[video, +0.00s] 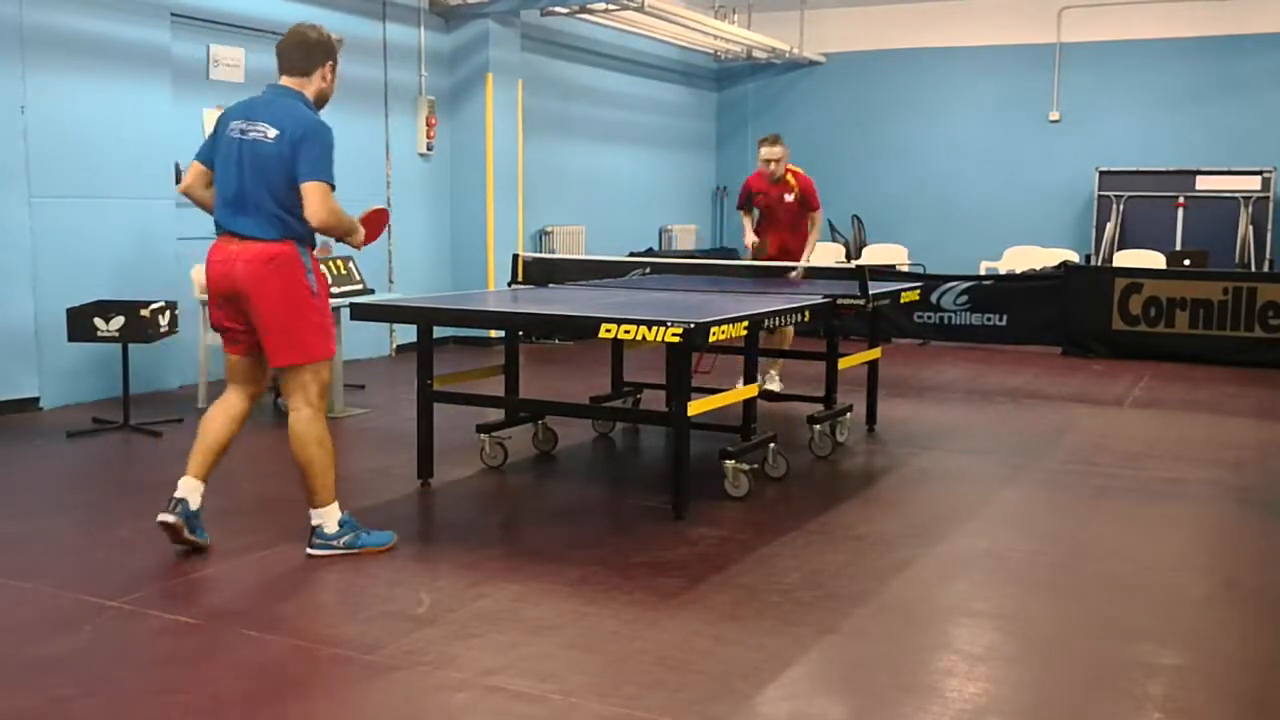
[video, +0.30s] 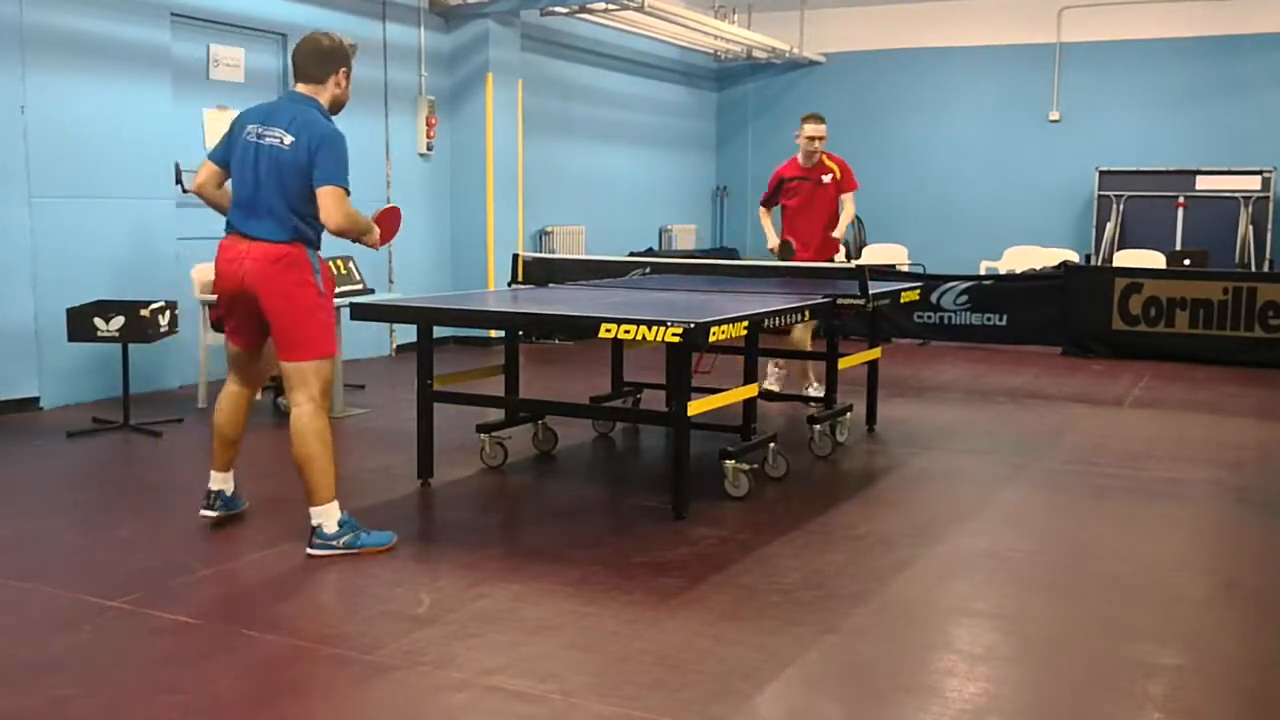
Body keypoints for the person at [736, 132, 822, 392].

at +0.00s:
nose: (772, 168)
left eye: (777, 161)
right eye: (766, 162)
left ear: (787, 159)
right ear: (759, 160)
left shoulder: (803, 183)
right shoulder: (752, 184)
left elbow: (815, 223)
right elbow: (745, 210)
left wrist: (804, 260)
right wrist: (749, 231)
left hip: (793, 262)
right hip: (763, 261)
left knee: (786, 319)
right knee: (765, 320)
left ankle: (774, 372)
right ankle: (762, 371)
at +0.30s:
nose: (815, 145)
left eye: (820, 139)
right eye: (810, 139)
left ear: (826, 140)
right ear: (798, 139)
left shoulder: (837, 167)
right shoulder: (784, 172)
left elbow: (848, 206)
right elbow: (764, 208)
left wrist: (838, 234)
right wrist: (772, 237)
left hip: (825, 260)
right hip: (793, 260)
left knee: (801, 321)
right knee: (802, 322)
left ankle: (776, 370)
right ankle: (810, 382)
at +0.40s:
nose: (831, 142)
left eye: (836, 136)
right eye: (825, 136)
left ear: (841, 135)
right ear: (812, 134)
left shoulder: (848, 161)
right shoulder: (797, 168)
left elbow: (859, 197)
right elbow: (775, 206)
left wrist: (853, 210)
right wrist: (787, 234)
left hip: (839, 255)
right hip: (808, 257)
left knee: (828, 318)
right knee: (816, 318)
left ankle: (794, 362)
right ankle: (812, 382)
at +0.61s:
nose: (861, 140)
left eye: (866, 134)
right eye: (856, 133)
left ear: (871, 134)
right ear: (843, 128)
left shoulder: (871, 160)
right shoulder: (822, 162)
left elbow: (880, 198)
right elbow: (795, 204)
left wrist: (883, 229)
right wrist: (818, 215)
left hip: (863, 256)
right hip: (829, 257)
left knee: (880, 315)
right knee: (822, 321)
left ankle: (872, 383)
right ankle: (813, 382)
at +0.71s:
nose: (876, 141)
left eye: (881, 136)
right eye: (871, 134)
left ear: (886, 136)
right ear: (858, 129)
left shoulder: (886, 164)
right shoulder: (839, 163)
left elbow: (892, 204)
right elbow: (814, 206)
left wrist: (896, 243)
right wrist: (831, 215)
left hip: (876, 258)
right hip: (842, 260)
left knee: (892, 320)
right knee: (830, 323)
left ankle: (910, 388)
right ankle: (815, 383)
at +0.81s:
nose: (889, 143)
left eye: (895, 137)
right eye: (885, 136)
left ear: (901, 137)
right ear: (872, 131)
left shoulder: (902, 166)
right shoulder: (855, 167)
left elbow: (903, 212)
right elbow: (834, 207)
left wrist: (908, 257)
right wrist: (846, 224)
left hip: (895, 264)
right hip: (860, 266)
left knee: (912, 324)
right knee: (849, 326)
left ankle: (921, 393)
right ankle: (819, 381)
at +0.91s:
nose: (902, 140)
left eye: (907, 135)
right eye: (897, 133)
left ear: (914, 135)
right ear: (886, 129)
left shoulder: (918, 164)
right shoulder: (871, 166)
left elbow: (920, 208)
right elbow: (852, 210)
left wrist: (921, 247)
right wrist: (860, 242)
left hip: (914, 261)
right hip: (880, 265)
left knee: (926, 323)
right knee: (879, 331)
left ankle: (923, 394)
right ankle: (834, 372)